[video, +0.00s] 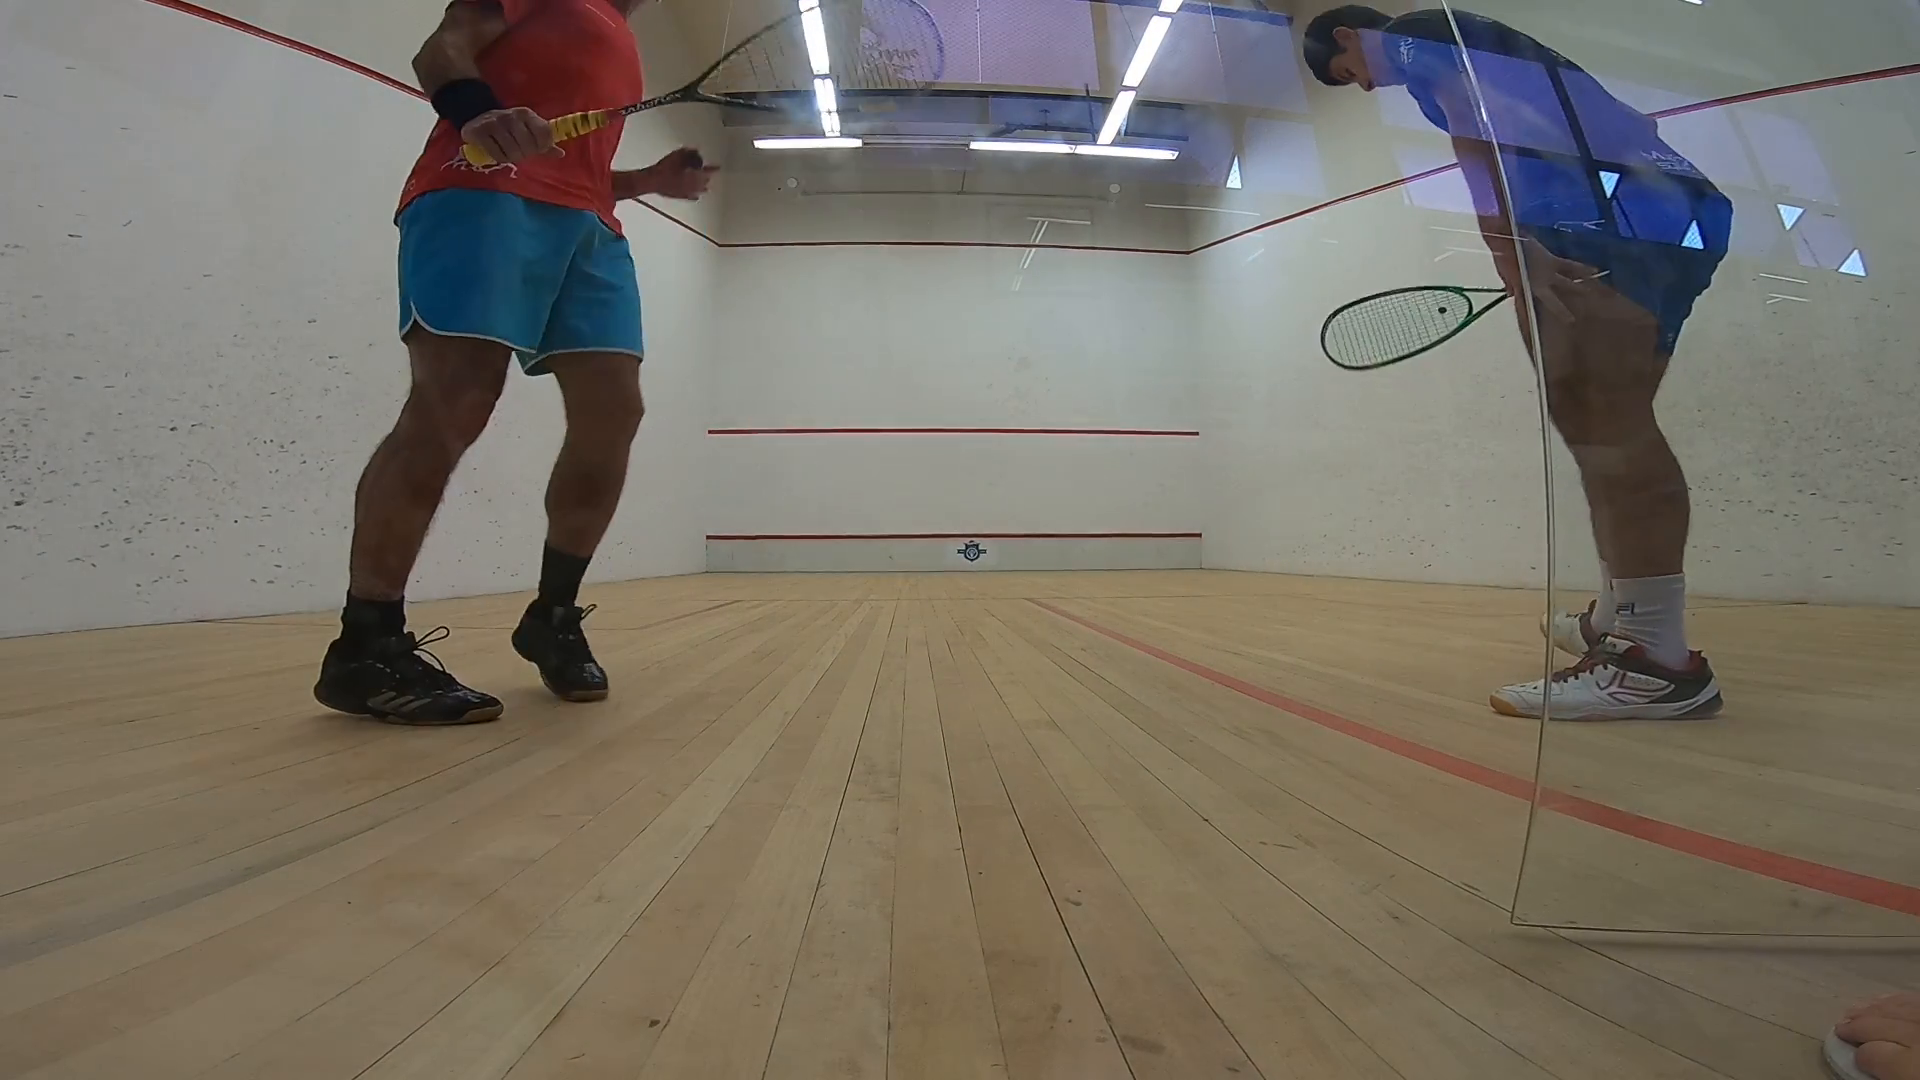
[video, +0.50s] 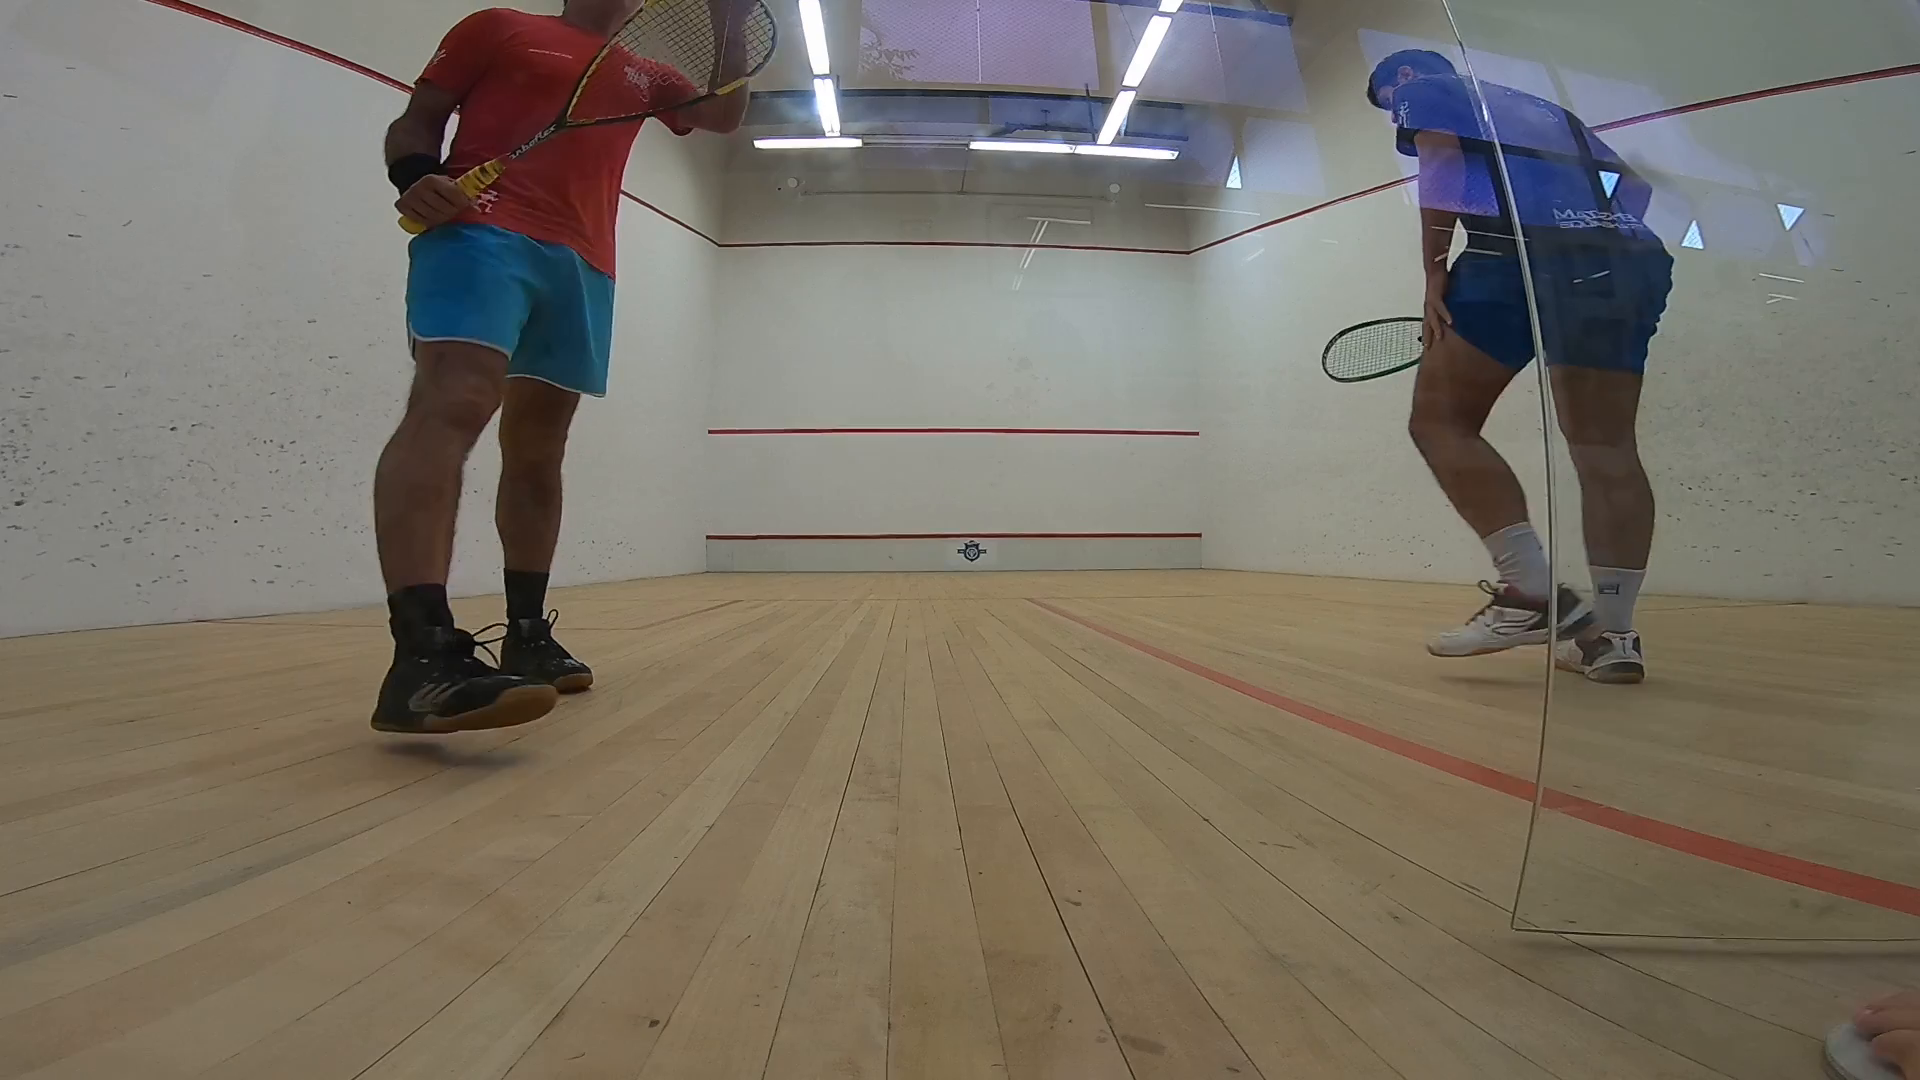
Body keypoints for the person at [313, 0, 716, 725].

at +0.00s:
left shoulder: (618, 43)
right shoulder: (520, 1)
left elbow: (571, 177)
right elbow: (437, 52)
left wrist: (649, 180)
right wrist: (479, 112)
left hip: (585, 223)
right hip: (483, 195)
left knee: (611, 411)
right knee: (451, 402)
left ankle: (554, 615)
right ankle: (366, 645)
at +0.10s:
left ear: (641, 4)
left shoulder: (632, 77)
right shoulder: (529, 5)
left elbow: (625, 188)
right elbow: (423, 78)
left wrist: (694, 147)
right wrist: (466, 129)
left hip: (590, 243)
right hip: (495, 214)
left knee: (565, 433)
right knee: (478, 412)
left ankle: (535, 627)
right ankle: (372, 643)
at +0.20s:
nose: (650, 1)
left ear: (648, 16)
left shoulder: (643, 90)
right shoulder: (518, 21)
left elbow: (680, 178)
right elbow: (419, 107)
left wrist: (727, 117)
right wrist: (445, 146)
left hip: (588, 254)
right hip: (497, 217)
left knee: (546, 438)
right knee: (528, 385)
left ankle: (528, 633)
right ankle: (390, 615)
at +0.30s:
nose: (647, 3)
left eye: (650, 4)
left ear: (655, 13)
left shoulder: (648, 83)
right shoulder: (512, 24)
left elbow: (708, 156)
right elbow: (424, 113)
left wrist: (739, 82)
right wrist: (434, 156)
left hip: (586, 248)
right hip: (492, 209)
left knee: (551, 439)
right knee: (535, 359)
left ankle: (529, 632)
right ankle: (410, 614)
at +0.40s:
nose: (643, 2)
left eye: (648, 1)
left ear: (643, 11)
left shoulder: (648, 76)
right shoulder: (508, 25)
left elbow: (714, 136)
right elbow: (422, 116)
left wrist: (733, 64)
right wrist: (429, 169)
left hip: (586, 252)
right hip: (492, 213)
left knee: (549, 438)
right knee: (494, 371)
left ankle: (528, 634)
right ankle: (428, 643)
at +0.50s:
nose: (628, 0)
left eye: (635, 1)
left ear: (635, 11)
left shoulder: (643, 74)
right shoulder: (501, 27)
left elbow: (726, 112)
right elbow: (418, 119)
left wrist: (730, 16)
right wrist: (414, 176)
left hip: (579, 264)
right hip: (482, 230)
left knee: (538, 450)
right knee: (455, 403)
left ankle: (528, 635)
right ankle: (421, 658)